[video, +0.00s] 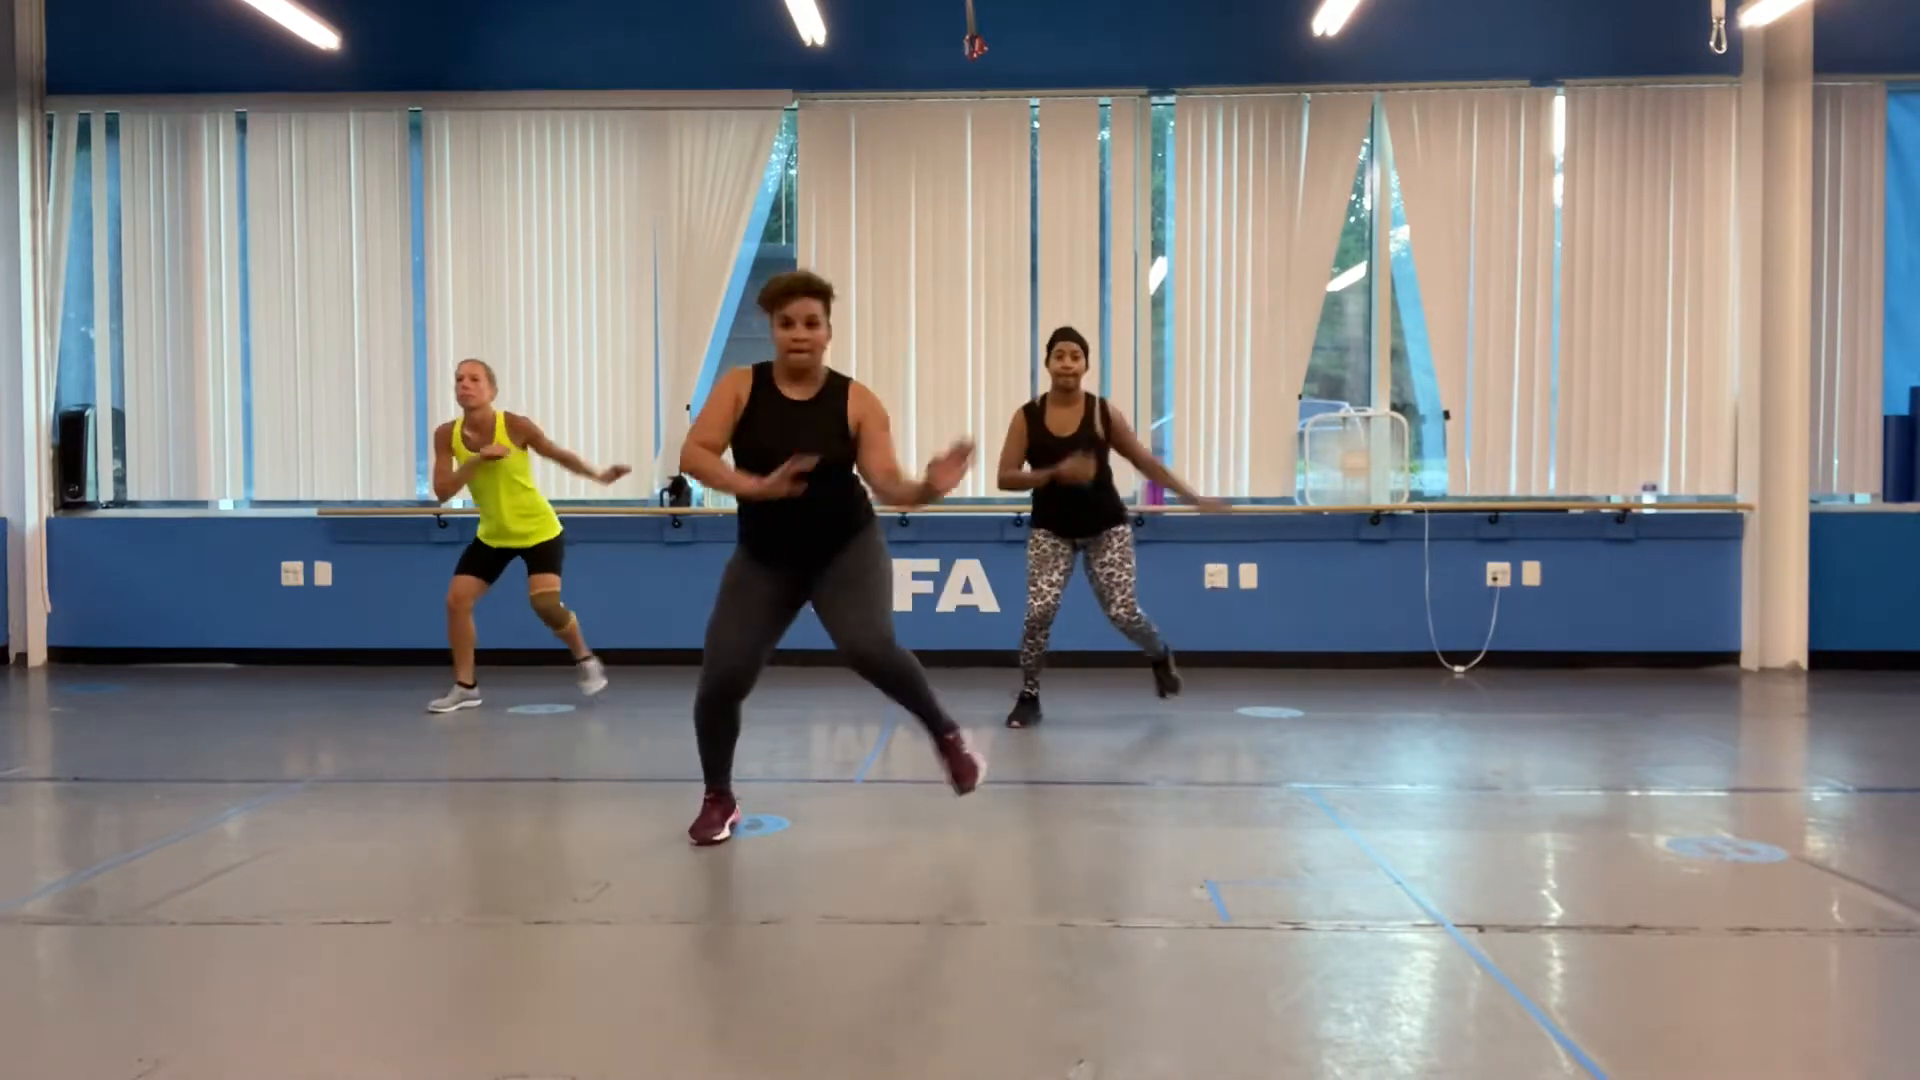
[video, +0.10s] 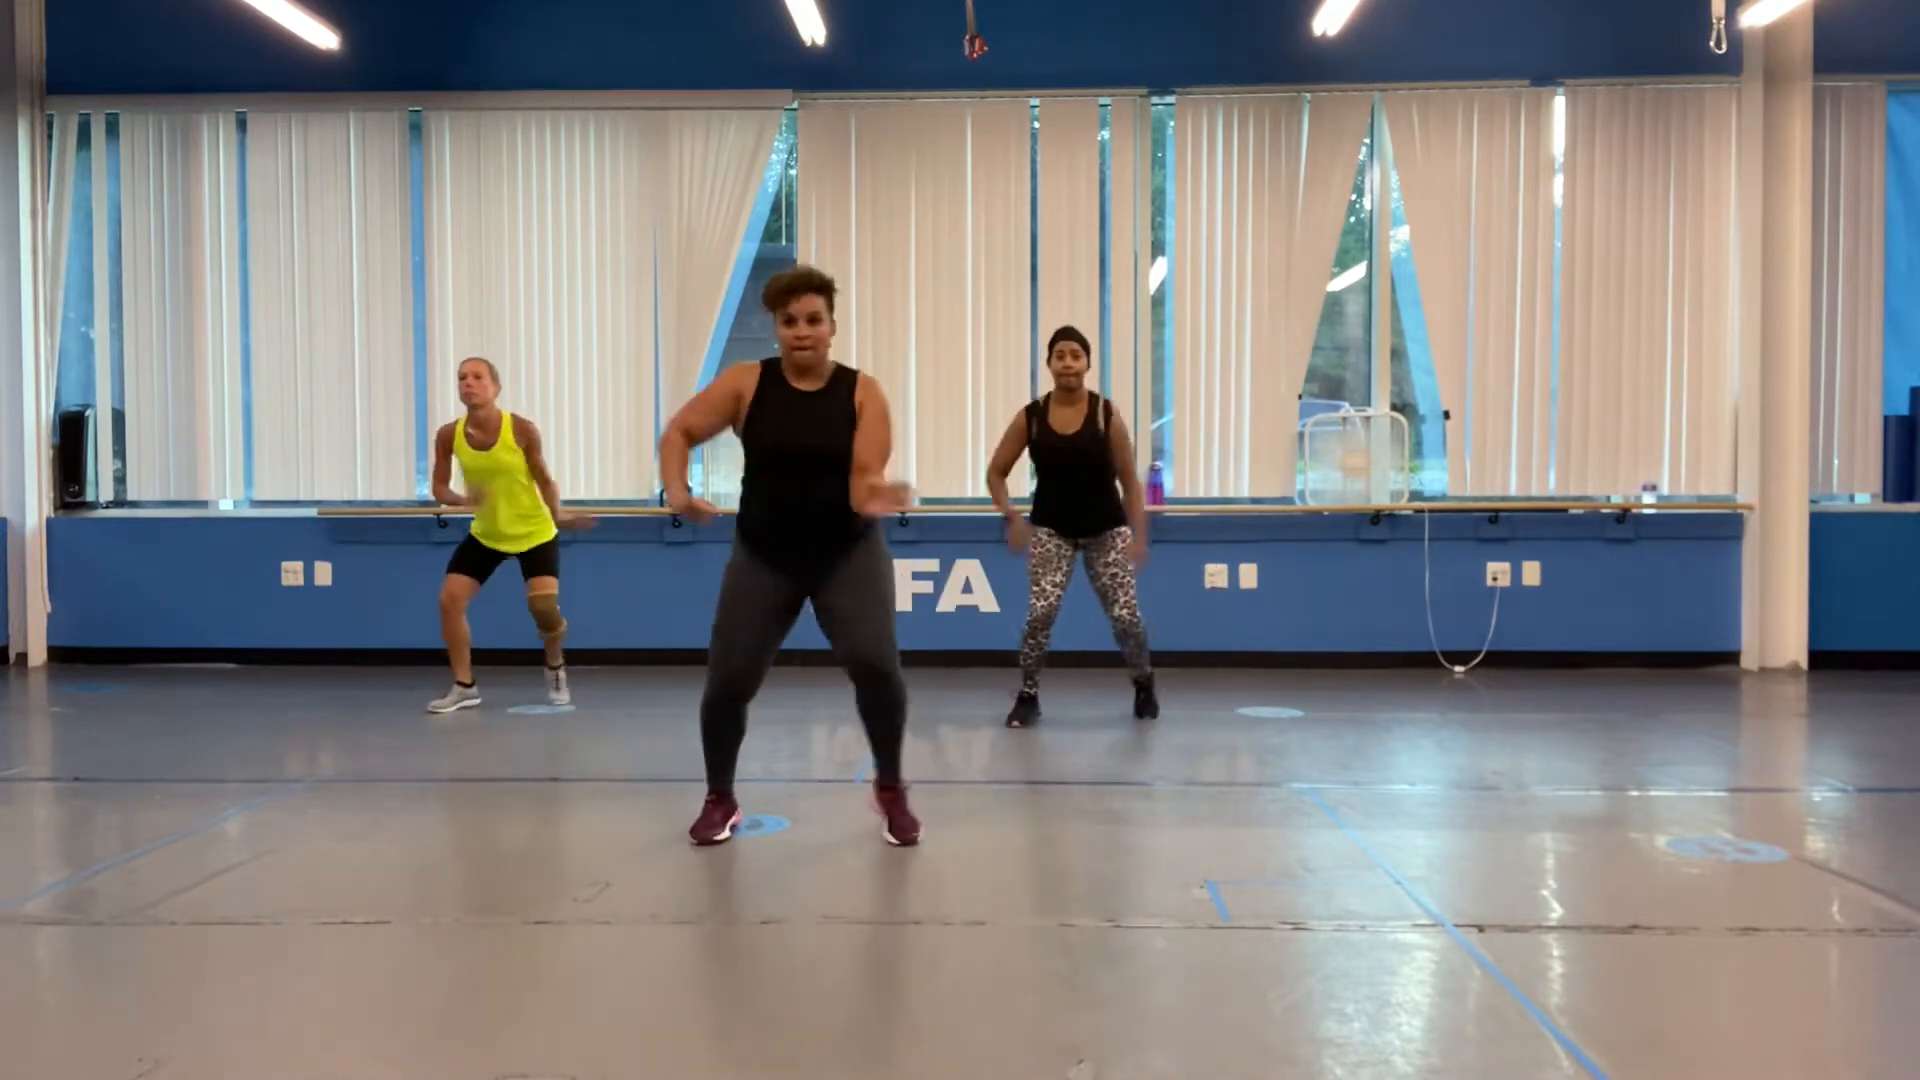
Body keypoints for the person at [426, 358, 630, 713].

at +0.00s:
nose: (465, 385)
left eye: (473, 380)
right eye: (460, 380)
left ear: (492, 390)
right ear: (455, 391)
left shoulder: (517, 426)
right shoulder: (447, 435)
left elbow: (557, 454)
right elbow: (442, 490)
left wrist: (597, 475)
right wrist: (477, 459)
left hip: (537, 527)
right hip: (493, 532)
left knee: (545, 603)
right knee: (458, 599)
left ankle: (585, 660)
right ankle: (465, 687)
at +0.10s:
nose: (468, 383)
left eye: (477, 378)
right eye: (463, 379)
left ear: (495, 387)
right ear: (458, 390)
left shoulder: (522, 430)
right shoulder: (449, 435)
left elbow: (544, 477)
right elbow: (439, 490)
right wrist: (465, 501)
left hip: (533, 527)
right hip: (487, 530)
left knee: (544, 607)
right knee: (451, 599)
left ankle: (555, 666)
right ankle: (464, 687)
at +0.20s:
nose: (482, 383)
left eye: (490, 377)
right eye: (476, 378)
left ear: (509, 386)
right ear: (471, 388)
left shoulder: (535, 430)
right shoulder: (461, 432)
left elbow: (545, 485)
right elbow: (442, 473)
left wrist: (534, 516)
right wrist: (445, 511)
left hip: (534, 531)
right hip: (483, 532)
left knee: (562, 597)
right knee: (451, 602)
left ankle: (577, 665)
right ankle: (463, 687)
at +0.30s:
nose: (496, 381)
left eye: (504, 374)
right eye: (490, 376)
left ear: (522, 382)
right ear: (486, 386)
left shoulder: (550, 423)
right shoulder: (478, 427)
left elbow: (568, 481)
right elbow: (450, 455)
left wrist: (523, 493)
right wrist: (430, 492)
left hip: (546, 527)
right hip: (495, 526)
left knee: (579, 596)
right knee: (461, 601)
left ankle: (601, 680)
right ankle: (454, 682)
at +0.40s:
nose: (510, 382)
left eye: (518, 375)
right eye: (504, 378)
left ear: (536, 382)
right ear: (500, 388)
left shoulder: (566, 419)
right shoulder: (497, 430)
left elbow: (591, 469)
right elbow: (474, 460)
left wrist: (538, 476)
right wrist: (435, 474)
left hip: (565, 525)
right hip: (517, 525)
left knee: (592, 598)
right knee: (482, 604)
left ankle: (605, 684)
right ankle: (449, 677)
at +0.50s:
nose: (519, 383)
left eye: (527, 377)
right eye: (512, 379)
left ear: (545, 384)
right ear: (508, 388)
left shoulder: (575, 420)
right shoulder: (506, 436)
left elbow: (610, 469)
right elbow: (501, 486)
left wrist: (568, 485)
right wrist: (450, 488)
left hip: (576, 524)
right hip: (530, 525)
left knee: (603, 598)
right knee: (501, 605)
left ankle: (606, 684)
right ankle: (493, 673)